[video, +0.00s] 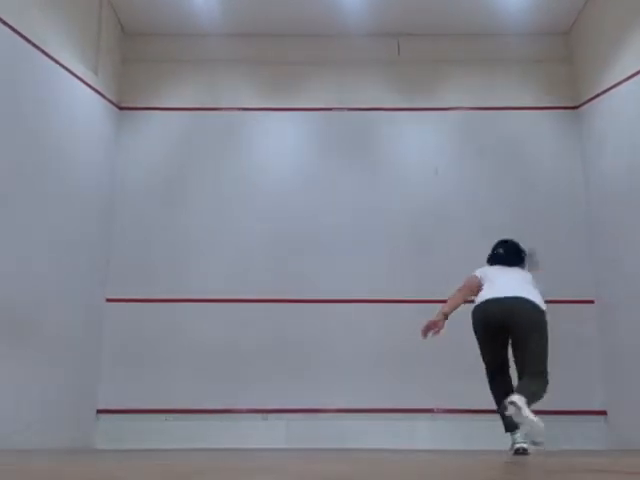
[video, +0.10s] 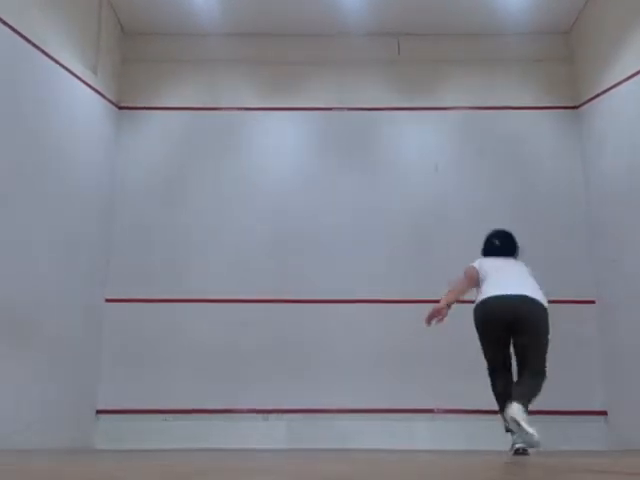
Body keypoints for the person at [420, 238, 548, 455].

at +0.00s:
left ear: (491, 259)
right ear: (521, 262)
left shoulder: (485, 272)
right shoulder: (527, 276)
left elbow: (464, 291)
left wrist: (442, 315)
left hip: (488, 311)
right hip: (527, 311)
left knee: (498, 373)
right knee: (534, 374)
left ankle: (516, 435)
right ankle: (520, 400)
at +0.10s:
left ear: (486, 250)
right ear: (515, 251)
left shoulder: (482, 264)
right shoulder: (523, 268)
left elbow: (463, 283)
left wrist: (444, 304)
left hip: (491, 308)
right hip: (531, 308)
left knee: (499, 369)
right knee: (533, 369)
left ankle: (516, 435)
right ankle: (518, 406)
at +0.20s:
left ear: (481, 238)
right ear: (509, 239)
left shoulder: (477, 252)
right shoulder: (519, 256)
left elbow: (466, 271)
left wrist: (446, 288)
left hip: (494, 304)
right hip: (532, 303)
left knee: (503, 370)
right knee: (531, 365)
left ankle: (519, 434)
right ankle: (535, 424)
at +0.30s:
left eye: (476, 223)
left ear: (475, 225)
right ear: (504, 226)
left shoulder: (473, 240)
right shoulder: (516, 246)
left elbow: (460, 255)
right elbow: (542, 285)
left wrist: (436, 275)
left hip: (492, 302)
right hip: (531, 301)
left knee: (497, 368)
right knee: (531, 367)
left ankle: (513, 431)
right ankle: (544, 431)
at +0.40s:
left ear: (472, 216)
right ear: (500, 217)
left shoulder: (468, 231)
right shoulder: (513, 239)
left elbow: (451, 249)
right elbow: (545, 273)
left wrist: (417, 272)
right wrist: (537, 304)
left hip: (489, 299)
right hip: (528, 299)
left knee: (479, 359)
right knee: (528, 365)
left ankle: (497, 424)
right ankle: (544, 430)